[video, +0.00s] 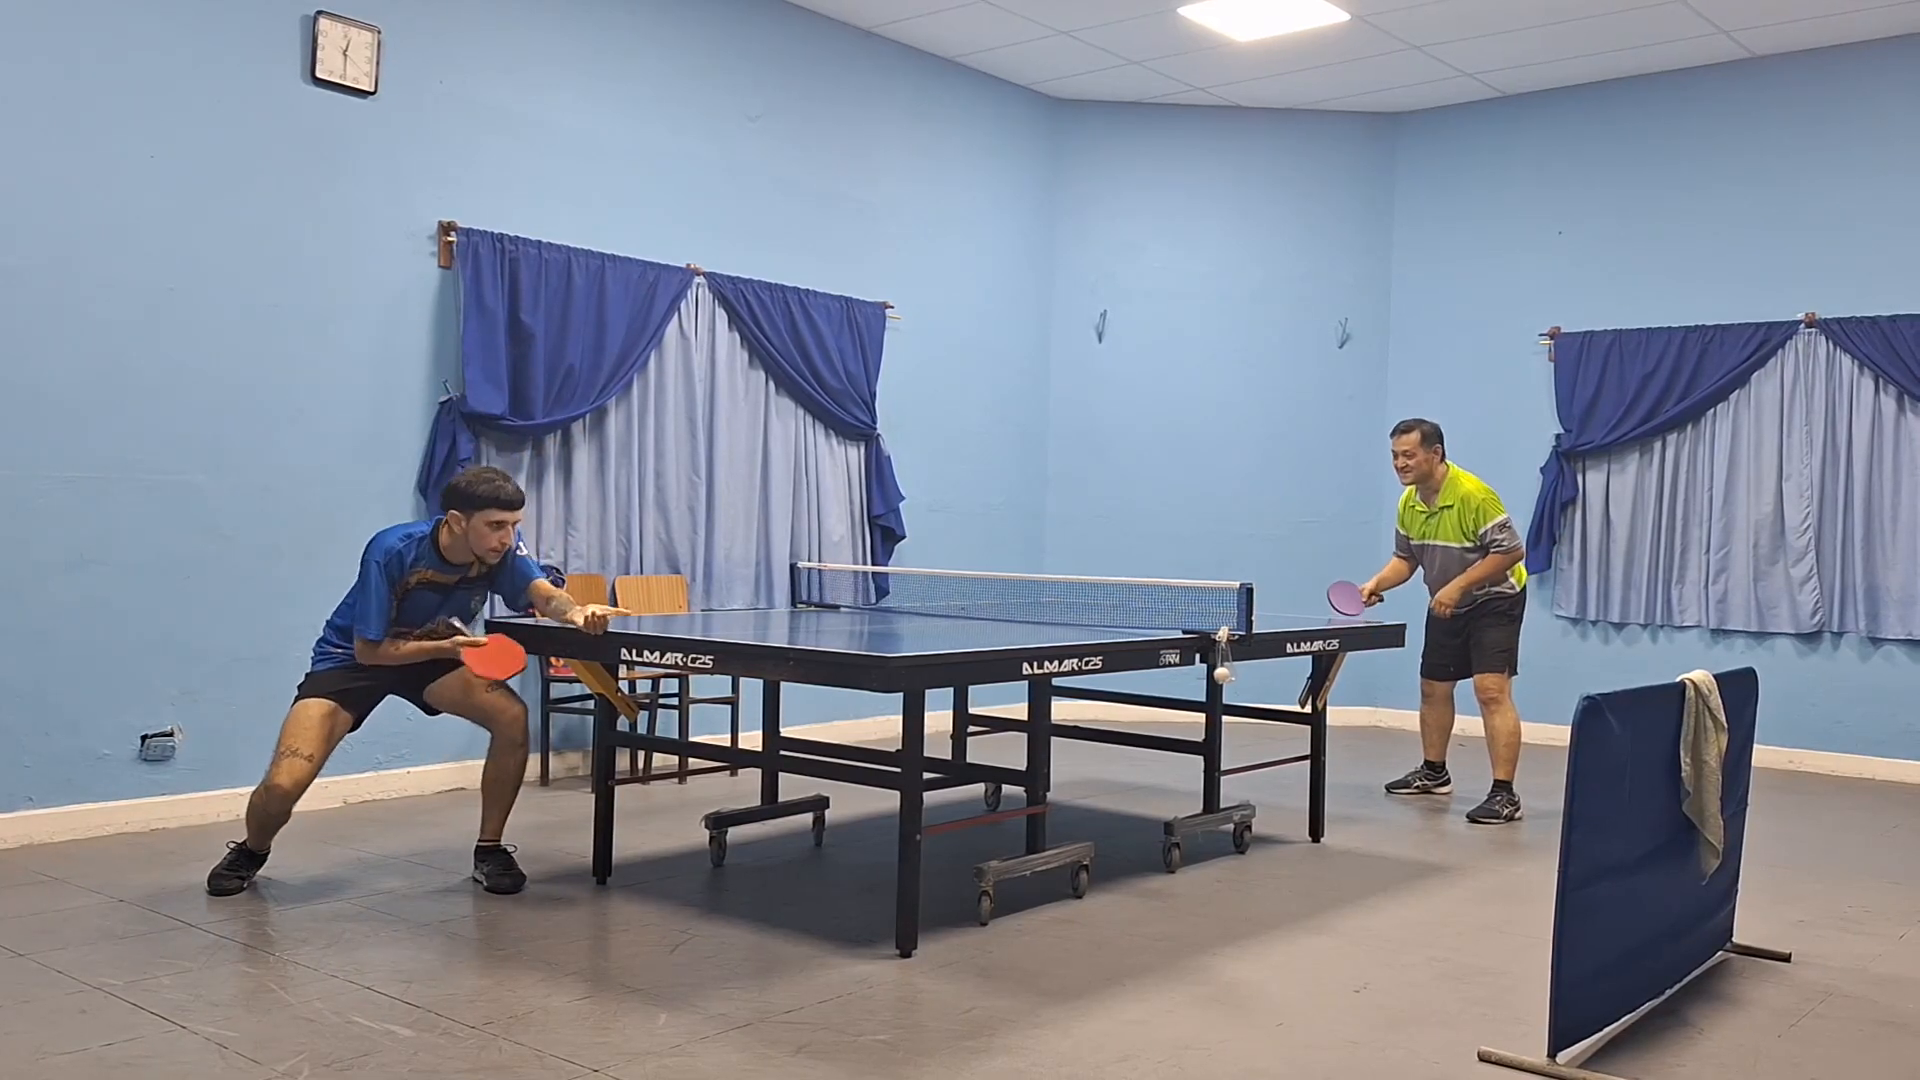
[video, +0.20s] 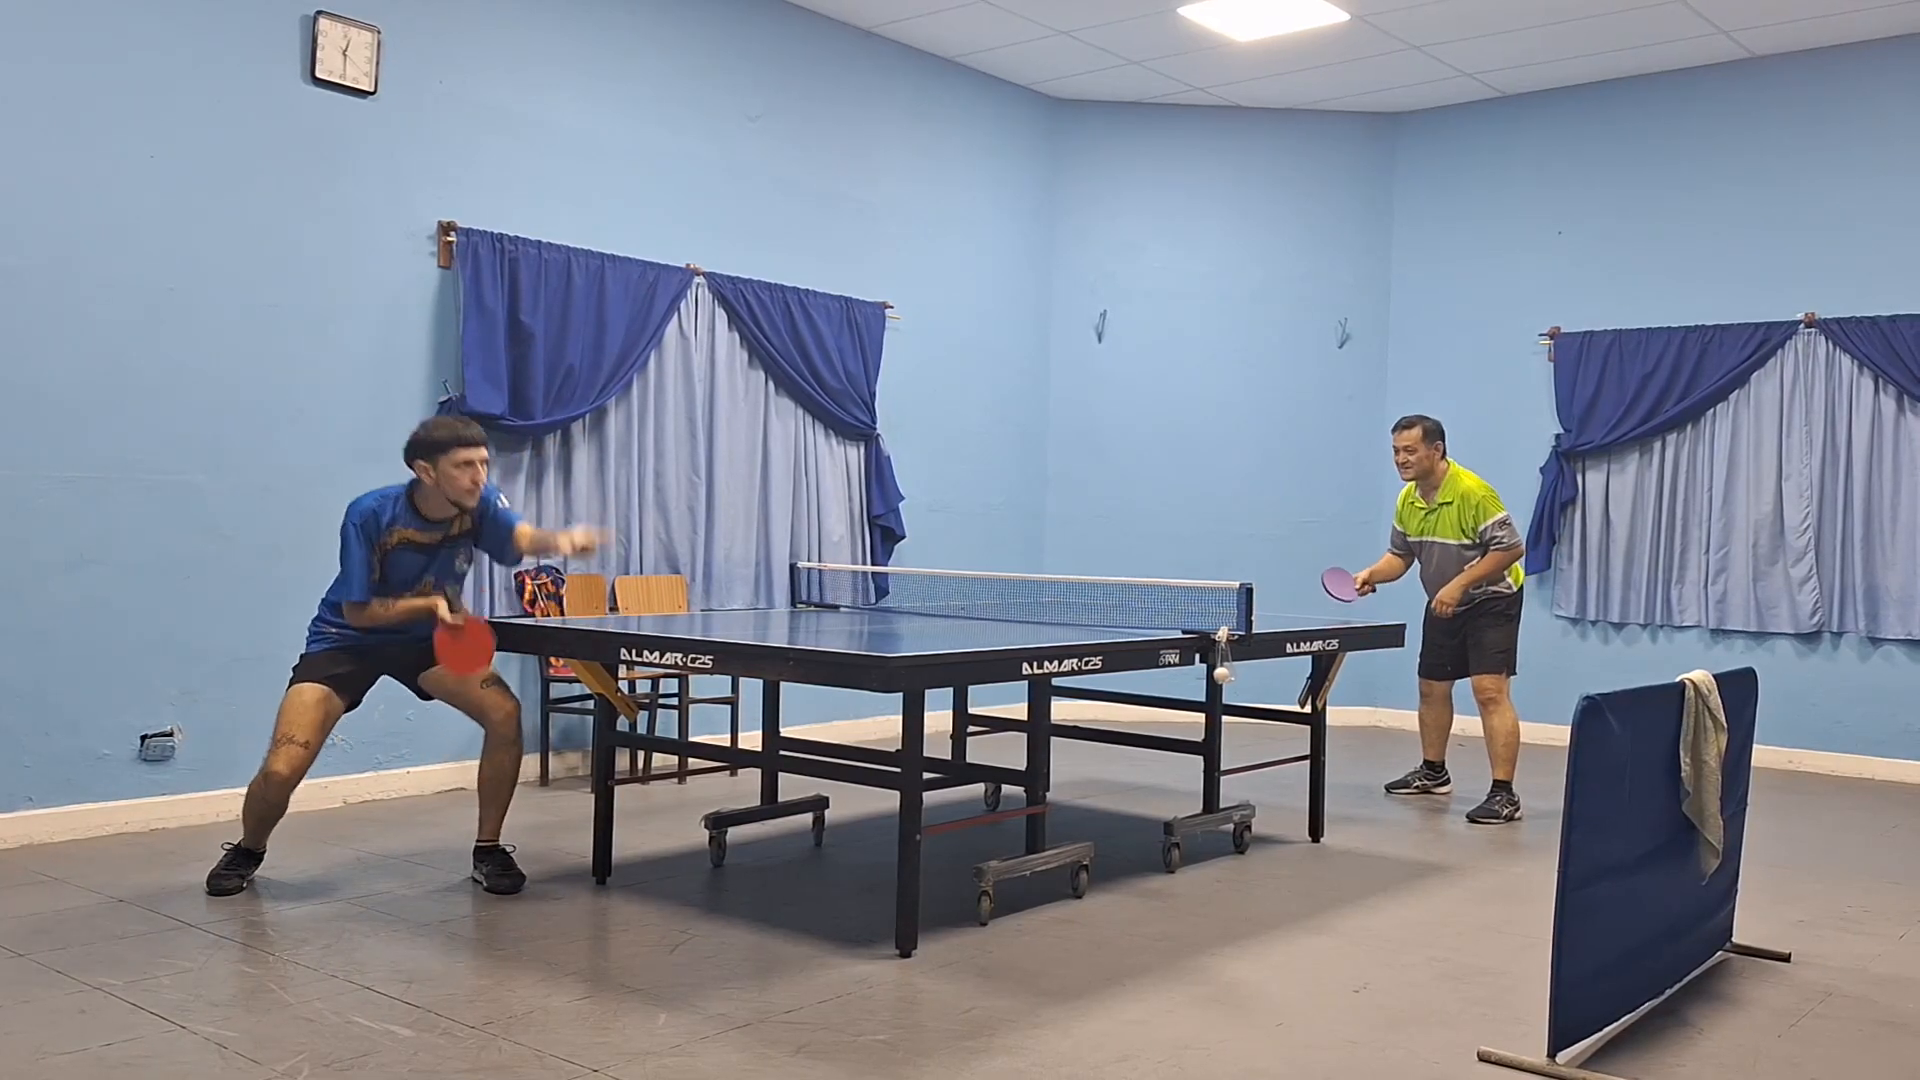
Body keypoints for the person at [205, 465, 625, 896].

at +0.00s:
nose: (507, 540)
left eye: (512, 528)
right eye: (496, 528)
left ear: (511, 526)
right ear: (455, 522)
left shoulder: (499, 556)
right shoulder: (391, 553)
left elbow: (542, 594)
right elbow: (368, 650)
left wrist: (574, 612)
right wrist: (445, 646)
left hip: (428, 660)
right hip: (351, 661)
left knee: (511, 716)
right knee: (282, 785)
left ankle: (490, 851)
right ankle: (251, 853)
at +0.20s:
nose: (478, 477)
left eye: (482, 465)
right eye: (465, 467)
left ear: (487, 466)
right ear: (425, 471)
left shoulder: (479, 507)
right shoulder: (369, 515)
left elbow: (515, 540)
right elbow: (358, 611)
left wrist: (560, 542)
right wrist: (428, 604)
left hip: (423, 640)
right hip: (345, 640)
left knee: (504, 713)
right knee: (282, 767)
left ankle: (488, 850)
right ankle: (247, 851)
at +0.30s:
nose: (455, 439)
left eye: (458, 428)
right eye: (439, 430)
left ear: (463, 432)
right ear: (401, 441)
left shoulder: (467, 477)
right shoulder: (357, 491)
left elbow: (520, 486)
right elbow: (353, 591)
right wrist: (416, 562)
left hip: (423, 623)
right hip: (342, 627)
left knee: (497, 712)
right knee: (280, 761)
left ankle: (488, 850)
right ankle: (245, 851)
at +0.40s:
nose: (428, 407)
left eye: (429, 397)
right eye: (412, 399)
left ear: (435, 404)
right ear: (374, 416)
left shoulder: (446, 446)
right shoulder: (337, 471)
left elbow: (511, 439)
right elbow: (330, 575)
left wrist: (541, 383)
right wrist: (376, 530)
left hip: (418, 611)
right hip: (336, 618)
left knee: (487, 709)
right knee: (276, 752)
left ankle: (488, 849)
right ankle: (244, 850)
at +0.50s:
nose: (396, 385)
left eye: (398, 375)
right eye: (379, 378)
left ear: (405, 385)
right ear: (345, 398)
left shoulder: (431, 433)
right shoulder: (314, 455)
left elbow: (509, 428)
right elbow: (278, 556)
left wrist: (548, 380)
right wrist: (298, 516)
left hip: (408, 604)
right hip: (324, 609)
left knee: (474, 708)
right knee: (268, 747)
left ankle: (487, 849)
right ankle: (243, 849)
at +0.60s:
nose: (370, 373)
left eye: (372, 363)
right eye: (352, 367)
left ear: (381, 375)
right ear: (320, 389)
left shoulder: (413, 429)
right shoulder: (289, 448)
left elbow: (505, 437)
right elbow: (227, 522)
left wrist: (555, 401)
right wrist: (213, 498)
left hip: (394, 600)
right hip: (308, 605)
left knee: (454, 703)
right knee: (260, 738)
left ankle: (485, 849)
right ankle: (241, 851)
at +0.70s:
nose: (357, 367)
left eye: (358, 357)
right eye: (339, 360)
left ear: (366, 370)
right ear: (304, 385)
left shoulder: (400, 431)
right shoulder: (276, 441)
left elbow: (496, 453)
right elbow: (196, 478)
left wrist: (558, 427)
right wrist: (159, 456)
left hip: (375, 598)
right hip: (288, 602)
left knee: (443, 703)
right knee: (246, 739)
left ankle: (480, 845)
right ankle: (243, 850)